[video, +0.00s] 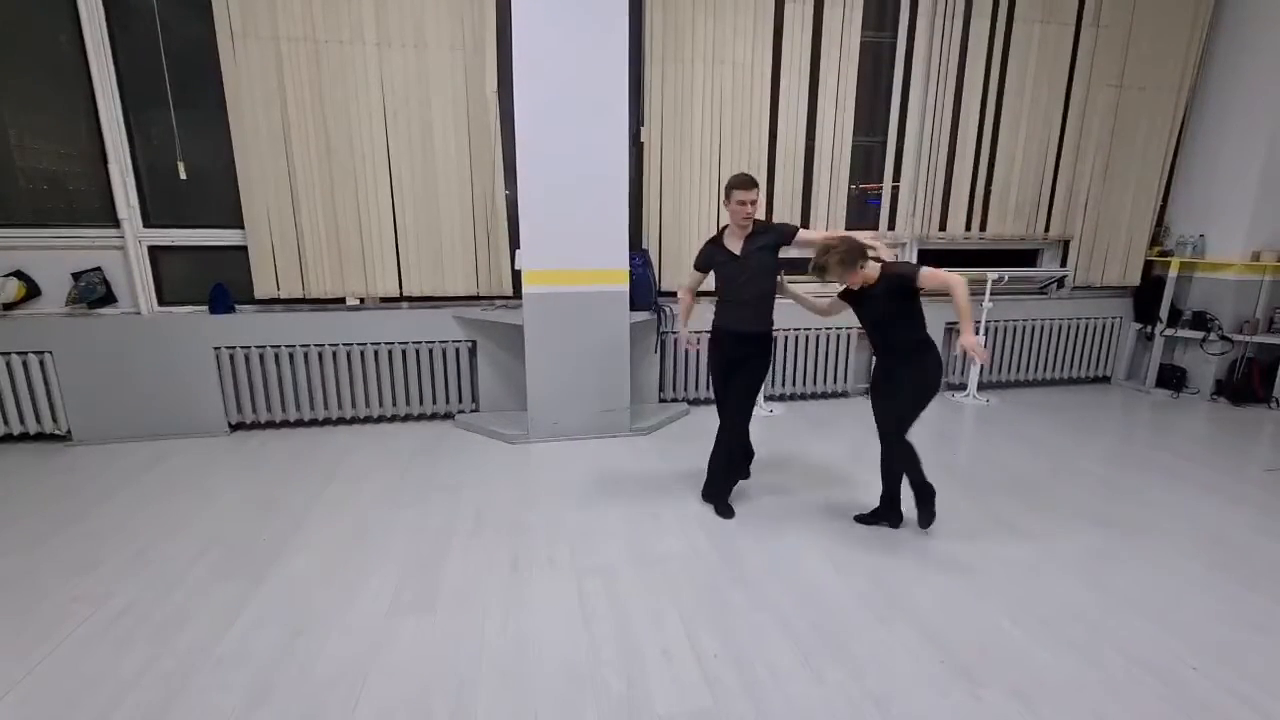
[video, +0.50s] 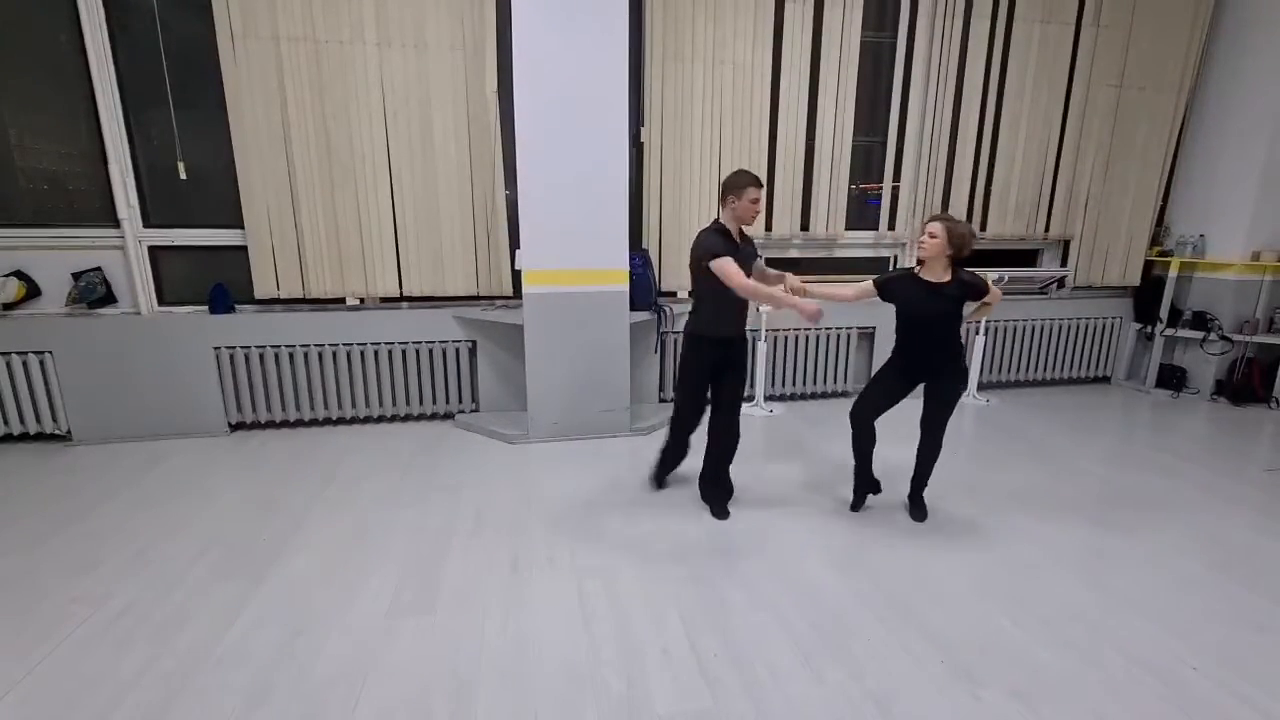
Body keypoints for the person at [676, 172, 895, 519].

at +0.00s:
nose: (747, 209)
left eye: (752, 203)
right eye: (740, 203)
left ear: (759, 203)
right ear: (726, 204)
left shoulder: (772, 233)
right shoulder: (714, 247)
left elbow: (824, 238)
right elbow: (689, 288)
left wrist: (872, 241)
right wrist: (683, 324)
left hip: (758, 338)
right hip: (723, 337)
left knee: (736, 412)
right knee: (728, 410)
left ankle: (716, 489)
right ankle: (741, 460)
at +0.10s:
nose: (748, 210)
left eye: (753, 204)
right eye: (741, 203)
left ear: (757, 204)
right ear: (724, 204)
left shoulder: (766, 236)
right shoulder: (706, 245)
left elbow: (811, 249)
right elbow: (674, 286)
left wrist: (842, 249)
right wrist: (664, 325)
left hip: (755, 337)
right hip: (720, 336)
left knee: (736, 412)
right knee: (725, 409)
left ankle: (717, 492)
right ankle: (742, 458)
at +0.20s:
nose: (750, 210)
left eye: (754, 204)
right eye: (743, 204)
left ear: (757, 206)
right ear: (724, 203)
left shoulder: (763, 240)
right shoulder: (703, 245)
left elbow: (798, 268)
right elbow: (670, 290)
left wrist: (851, 276)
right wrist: (663, 330)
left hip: (751, 338)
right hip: (716, 338)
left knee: (734, 414)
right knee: (724, 410)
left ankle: (716, 491)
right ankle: (740, 459)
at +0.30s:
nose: (754, 210)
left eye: (757, 204)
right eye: (748, 204)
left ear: (758, 206)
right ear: (726, 203)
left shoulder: (756, 244)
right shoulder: (702, 246)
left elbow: (770, 285)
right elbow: (693, 297)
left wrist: (806, 291)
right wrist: (709, 331)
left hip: (746, 336)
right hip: (712, 335)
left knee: (732, 414)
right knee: (720, 410)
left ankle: (715, 489)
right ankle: (737, 455)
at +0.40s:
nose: (757, 208)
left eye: (759, 202)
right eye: (751, 201)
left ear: (754, 204)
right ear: (729, 201)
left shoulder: (750, 245)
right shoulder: (707, 242)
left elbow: (757, 288)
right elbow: (723, 289)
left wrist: (786, 288)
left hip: (739, 342)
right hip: (706, 343)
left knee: (730, 416)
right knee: (708, 412)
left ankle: (716, 491)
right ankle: (720, 465)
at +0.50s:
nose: (759, 208)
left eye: (760, 202)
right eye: (753, 201)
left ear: (740, 203)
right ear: (731, 201)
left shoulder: (745, 243)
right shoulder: (709, 241)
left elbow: (758, 272)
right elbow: (742, 287)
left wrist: (784, 279)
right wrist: (794, 304)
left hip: (733, 343)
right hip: (701, 342)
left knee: (726, 423)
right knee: (688, 414)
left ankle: (715, 491)